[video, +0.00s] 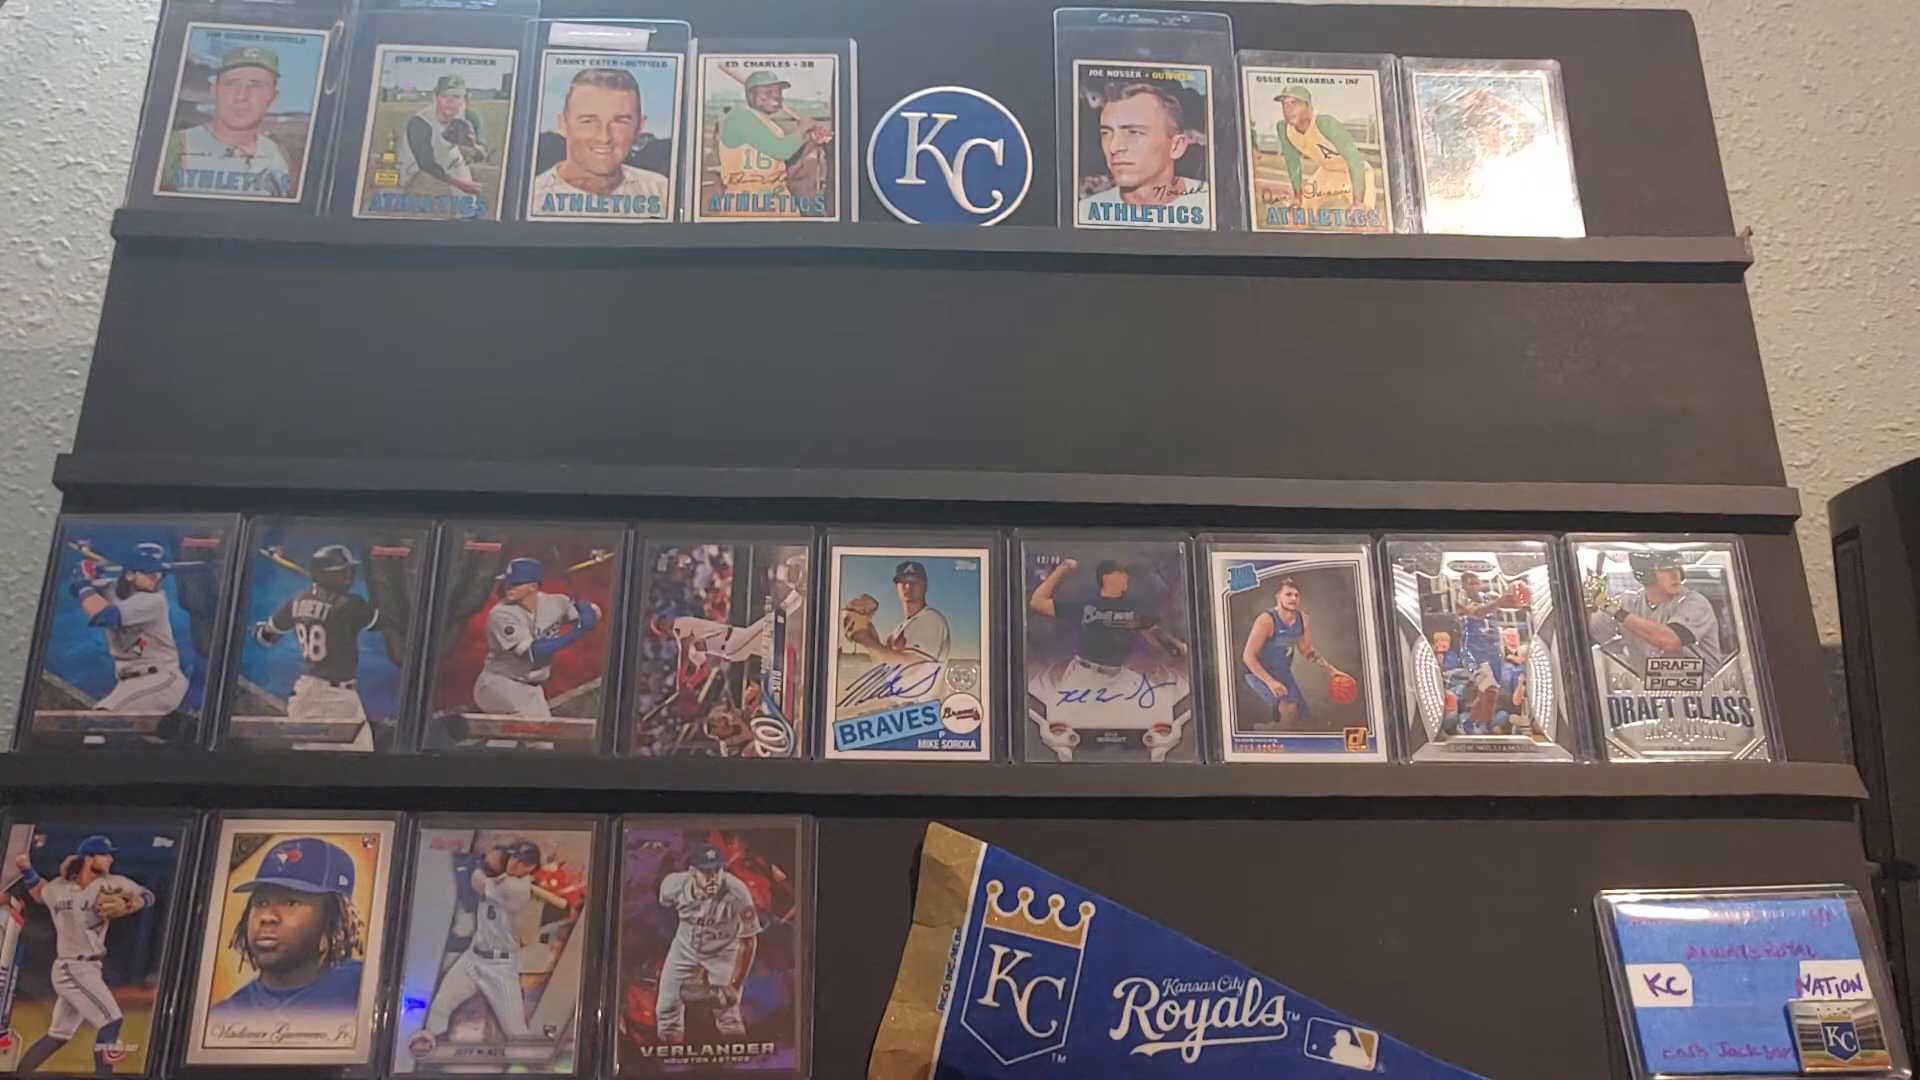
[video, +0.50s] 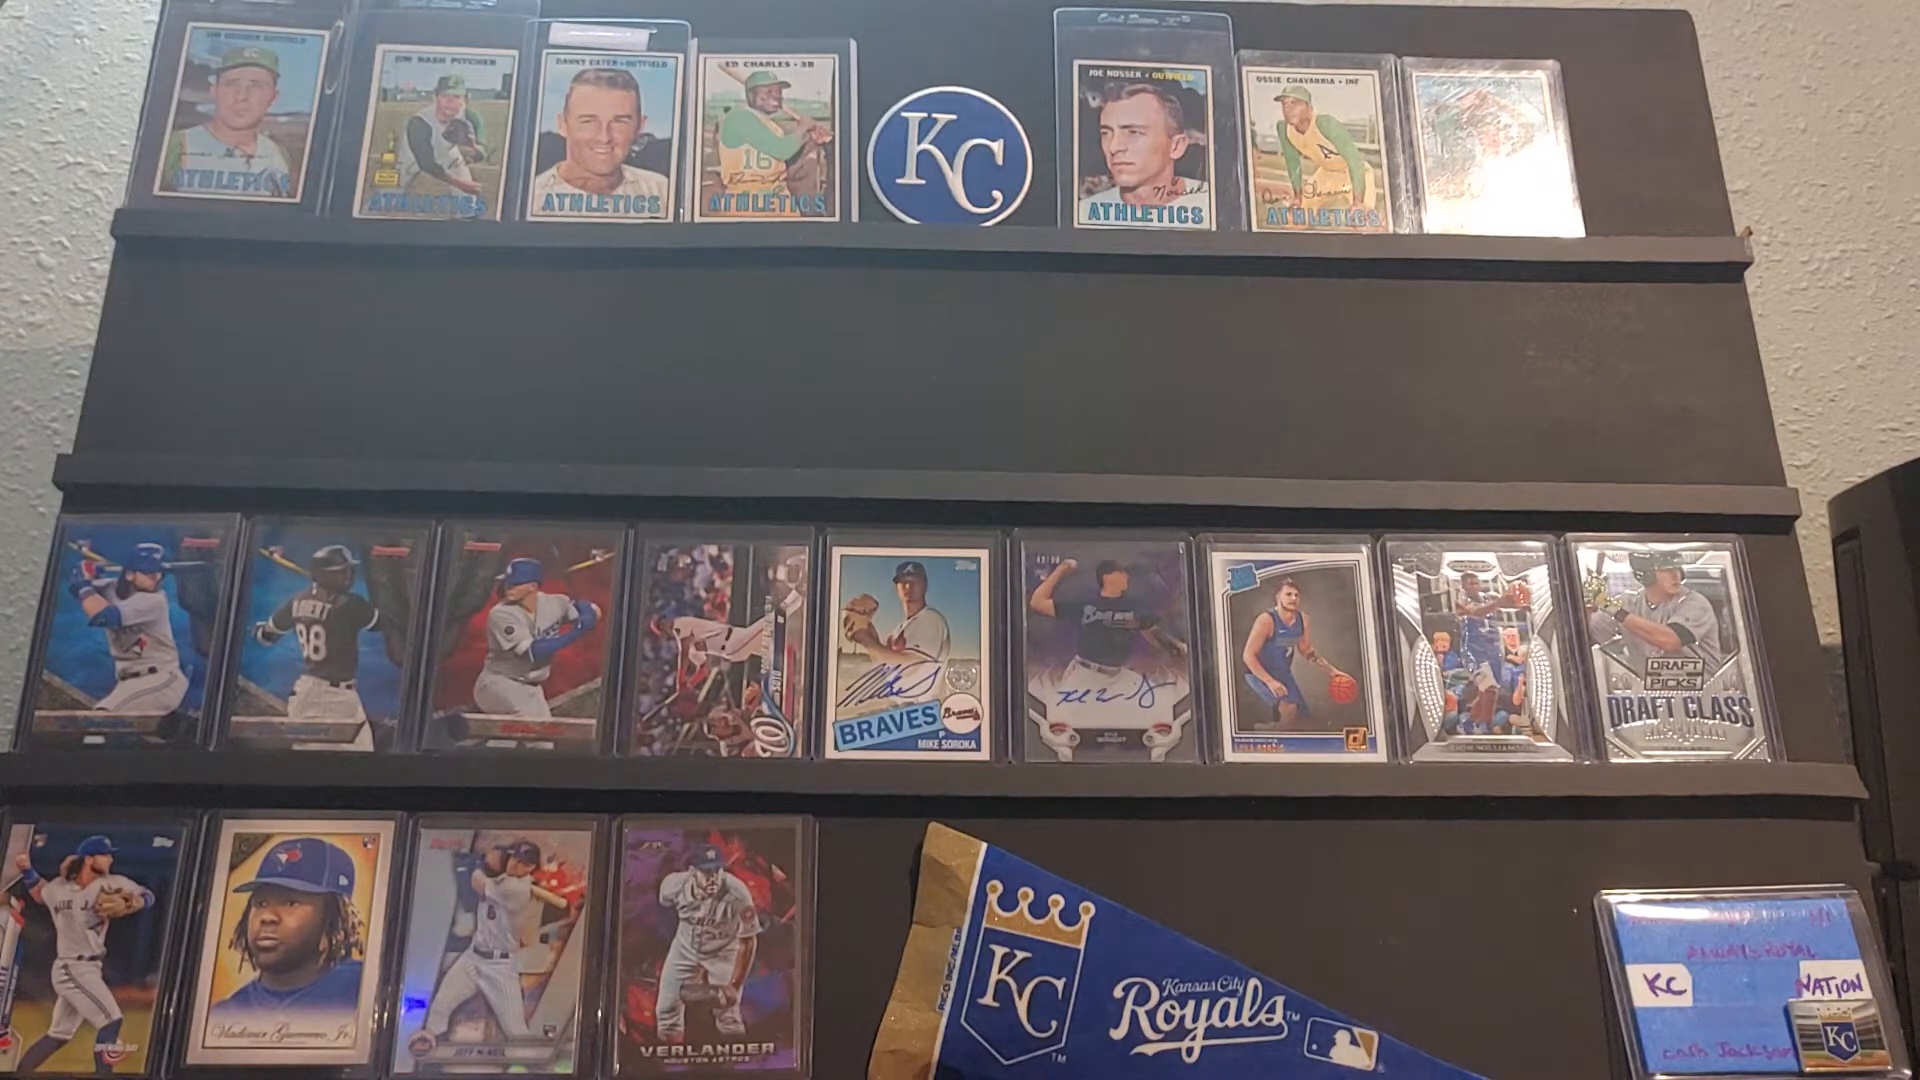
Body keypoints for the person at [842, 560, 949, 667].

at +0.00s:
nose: (907, 588)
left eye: (913, 582)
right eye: (902, 582)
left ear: (925, 586)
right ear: (896, 588)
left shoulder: (930, 619)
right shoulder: (901, 627)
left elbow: (909, 660)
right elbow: (879, 657)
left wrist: (864, 638)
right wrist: (863, 620)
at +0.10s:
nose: (907, 588)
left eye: (913, 582)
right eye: (902, 582)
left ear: (925, 586)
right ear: (896, 587)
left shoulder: (930, 619)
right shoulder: (901, 627)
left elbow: (910, 660)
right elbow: (879, 657)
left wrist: (864, 639)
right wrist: (863, 621)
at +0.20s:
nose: (907, 588)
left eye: (913, 582)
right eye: (902, 583)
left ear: (925, 586)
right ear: (896, 588)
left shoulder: (930, 619)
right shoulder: (901, 627)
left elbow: (910, 660)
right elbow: (879, 657)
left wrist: (864, 639)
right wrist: (863, 621)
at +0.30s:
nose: (907, 587)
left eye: (913, 582)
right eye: (902, 582)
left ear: (924, 586)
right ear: (896, 587)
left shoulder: (930, 619)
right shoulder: (901, 627)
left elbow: (910, 660)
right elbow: (880, 657)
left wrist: (865, 639)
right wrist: (862, 621)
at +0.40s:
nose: (907, 587)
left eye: (913, 582)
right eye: (902, 582)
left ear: (924, 586)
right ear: (896, 587)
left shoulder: (930, 619)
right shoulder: (901, 627)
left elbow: (910, 660)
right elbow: (880, 657)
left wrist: (865, 640)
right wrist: (862, 621)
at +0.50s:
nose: (907, 587)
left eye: (913, 582)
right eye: (902, 582)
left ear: (924, 586)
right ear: (896, 587)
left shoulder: (930, 619)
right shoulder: (901, 627)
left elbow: (910, 659)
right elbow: (880, 656)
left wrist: (865, 639)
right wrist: (862, 621)